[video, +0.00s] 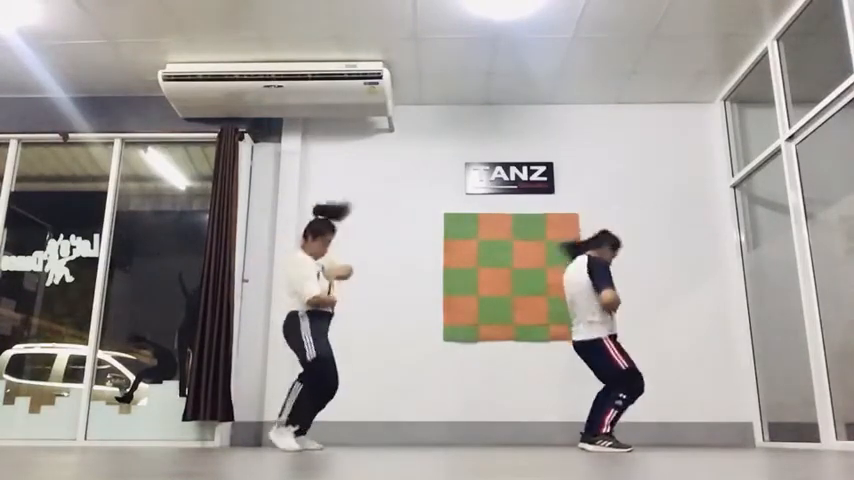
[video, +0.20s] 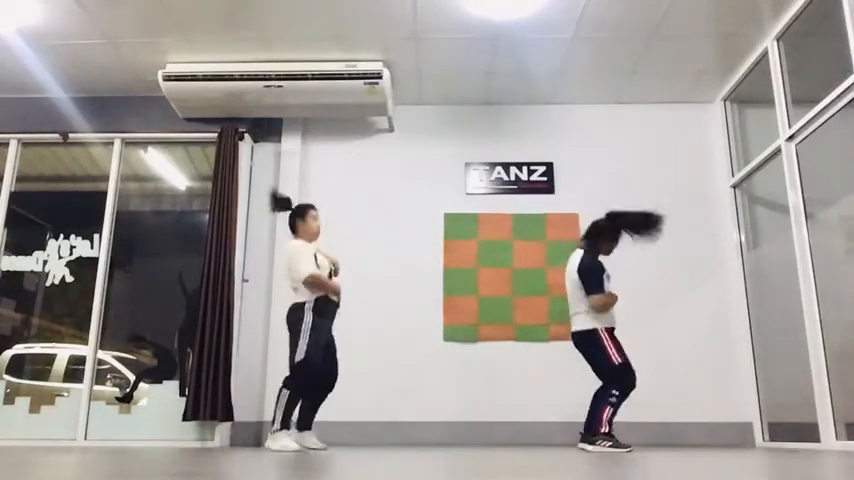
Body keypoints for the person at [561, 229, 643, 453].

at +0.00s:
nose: (612, 259)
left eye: (614, 255)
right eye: (612, 253)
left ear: (591, 248)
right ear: (602, 248)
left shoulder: (573, 267)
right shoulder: (595, 263)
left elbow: (577, 303)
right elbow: (608, 298)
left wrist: (602, 304)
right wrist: (613, 305)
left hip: (582, 338)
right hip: (598, 337)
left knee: (615, 383)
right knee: (633, 383)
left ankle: (592, 433)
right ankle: (601, 434)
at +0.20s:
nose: (614, 248)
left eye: (615, 243)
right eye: (613, 243)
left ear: (593, 238)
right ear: (602, 239)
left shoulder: (578, 258)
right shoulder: (588, 262)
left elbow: (588, 299)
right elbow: (596, 302)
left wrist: (605, 297)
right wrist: (612, 297)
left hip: (585, 329)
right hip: (594, 329)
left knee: (614, 379)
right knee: (624, 378)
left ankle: (592, 433)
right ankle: (599, 434)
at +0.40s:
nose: (611, 224)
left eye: (610, 220)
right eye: (608, 220)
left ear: (591, 223)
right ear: (597, 223)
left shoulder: (586, 248)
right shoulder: (591, 249)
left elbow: (593, 283)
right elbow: (593, 283)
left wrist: (611, 285)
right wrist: (614, 286)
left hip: (594, 317)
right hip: (593, 318)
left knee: (599, 376)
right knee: (603, 375)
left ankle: (591, 432)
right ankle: (594, 433)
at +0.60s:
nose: (618, 221)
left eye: (615, 216)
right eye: (613, 217)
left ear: (598, 224)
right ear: (604, 222)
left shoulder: (591, 246)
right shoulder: (601, 244)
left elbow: (600, 275)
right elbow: (603, 272)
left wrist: (619, 271)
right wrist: (629, 279)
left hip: (587, 316)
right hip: (593, 317)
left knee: (601, 374)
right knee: (607, 374)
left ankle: (591, 433)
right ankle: (596, 433)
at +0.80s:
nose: (640, 246)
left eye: (637, 242)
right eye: (635, 242)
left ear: (618, 247)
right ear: (624, 246)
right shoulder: (618, 261)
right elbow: (623, 295)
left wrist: (624, 331)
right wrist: (645, 324)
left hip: (575, 322)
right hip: (577, 323)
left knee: (606, 376)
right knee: (610, 375)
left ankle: (599, 434)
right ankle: (599, 435)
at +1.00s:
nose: (635, 256)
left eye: (637, 251)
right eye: (630, 250)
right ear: (614, 251)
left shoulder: (615, 287)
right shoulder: (597, 266)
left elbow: (618, 327)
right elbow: (599, 257)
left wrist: (655, 329)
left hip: (591, 334)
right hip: (568, 326)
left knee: (625, 370)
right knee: (591, 373)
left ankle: (607, 428)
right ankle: (577, 435)